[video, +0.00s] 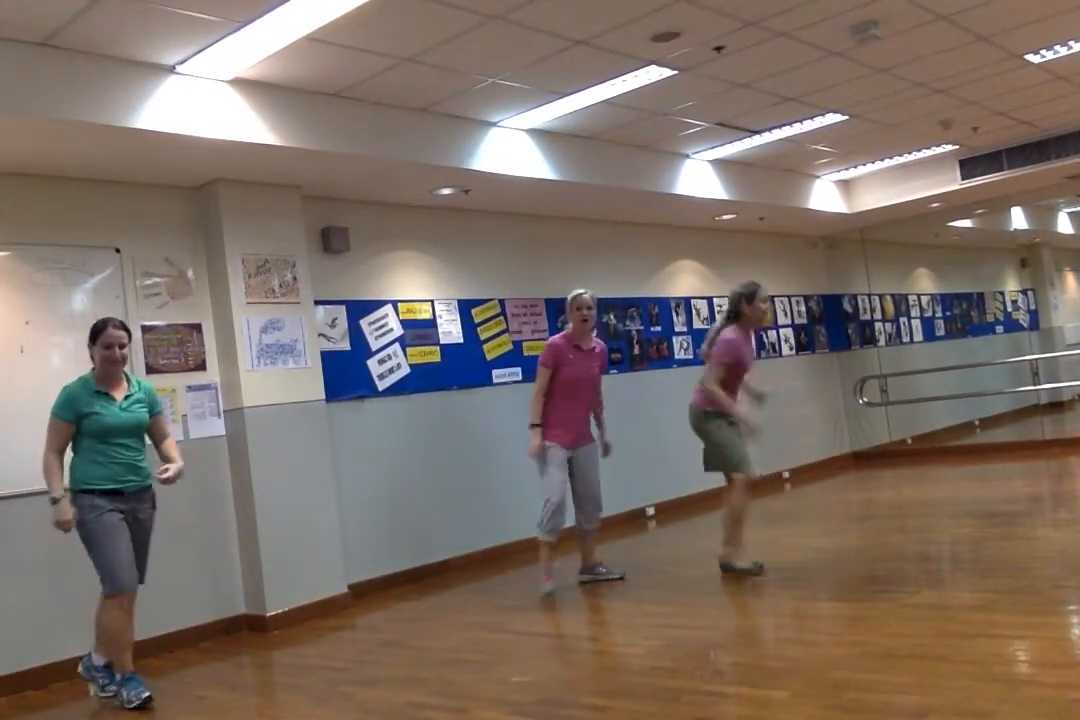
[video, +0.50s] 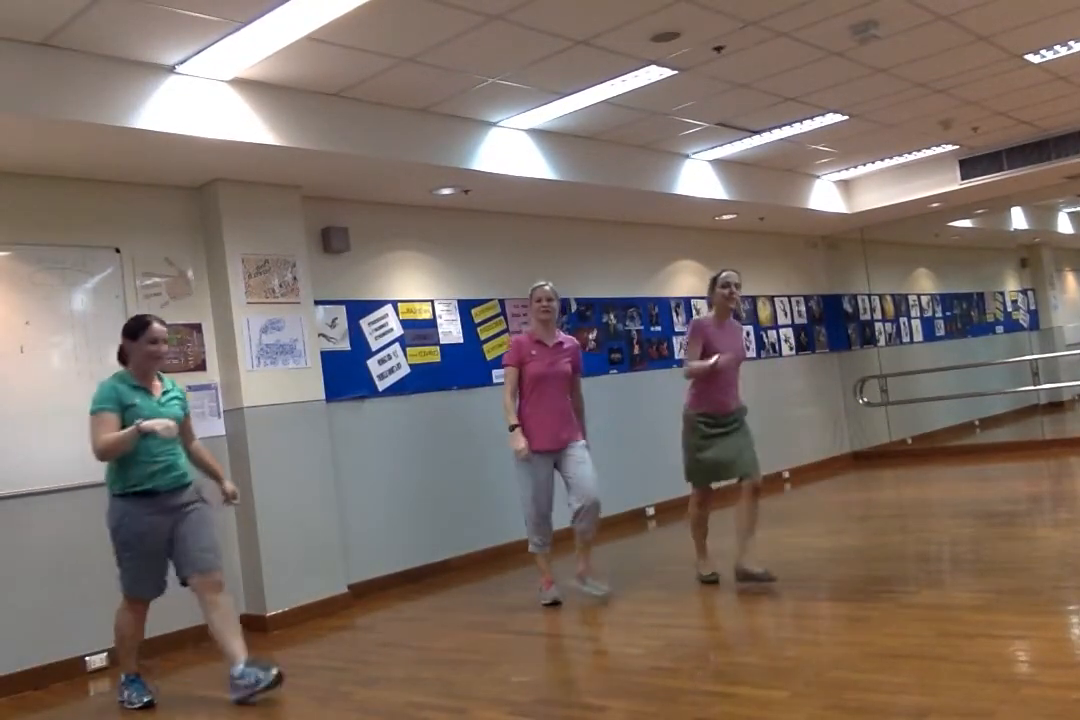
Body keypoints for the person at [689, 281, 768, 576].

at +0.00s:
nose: (768, 308)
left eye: (767, 302)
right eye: (763, 302)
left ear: (749, 307)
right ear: (745, 306)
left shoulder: (745, 336)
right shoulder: (729, 339)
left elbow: (734, 371)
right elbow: (710, 384)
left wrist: (754, 391)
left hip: (724, 410)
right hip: (708, 411)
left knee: (739, 480)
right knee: (741, 476)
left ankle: (733, 554)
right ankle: (729, 555)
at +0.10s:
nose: (755, 299)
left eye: (754, 294)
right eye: (749, 294)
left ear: (739, 301)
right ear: (731, 299)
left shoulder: (740, 331)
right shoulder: (714, 332)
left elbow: (734, 367)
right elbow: (688, 373)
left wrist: (767, 373)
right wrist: (701, 411)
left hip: (729, 414)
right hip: (709, 415)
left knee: (729, 485)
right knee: (728, 483)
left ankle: (729, 554)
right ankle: (704, 558)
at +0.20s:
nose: (742, 300)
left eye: (743, 295)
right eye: (735, 295)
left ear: (741, 300)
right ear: (718, 300)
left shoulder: (737, 333)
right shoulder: (700, 334)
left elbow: (735, 375)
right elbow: (673, 367)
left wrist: (774, 373)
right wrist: (681, 405)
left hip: (728, 420)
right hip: (702, 422)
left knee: (729, 493)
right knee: (710, 495)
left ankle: (730, 555)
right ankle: (697, 564)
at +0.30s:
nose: (733, 297)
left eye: (736, 292)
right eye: (726, 291)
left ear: (738, 299)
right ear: (711, 296)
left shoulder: (735, 333)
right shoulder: (693, 333)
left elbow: (732, 375)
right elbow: (676, 369)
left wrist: (770, 400)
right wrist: (680, 400)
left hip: (726, 422)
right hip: (698, 423)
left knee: (742, 489)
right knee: (704, 495)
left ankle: (730, 549)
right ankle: (697, 564)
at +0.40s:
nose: (730, 295)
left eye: (735, 290)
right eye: (724, 289)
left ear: (738, 298)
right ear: (710, 296)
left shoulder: (736, 334)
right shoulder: (694, 331)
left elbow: (730, 379)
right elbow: (679, 372)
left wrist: (748, 417)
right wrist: (694, 384)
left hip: (729, 420)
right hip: (697, 423)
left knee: (752, 484)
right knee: (699, 495)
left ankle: (735, 550)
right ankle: (696, 564)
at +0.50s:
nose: (731, 291)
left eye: (736, 287)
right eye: (725, 285)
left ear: (739, 294)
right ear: (712, 292)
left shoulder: (738, 329)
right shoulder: (699, 326)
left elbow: (733, 369)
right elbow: (689, 368)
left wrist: (737, 400)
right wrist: (712, 362)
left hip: (733, 416)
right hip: (701, 418)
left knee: (752, 481)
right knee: (701, 494)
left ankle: (742, 561)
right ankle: (703, 561)